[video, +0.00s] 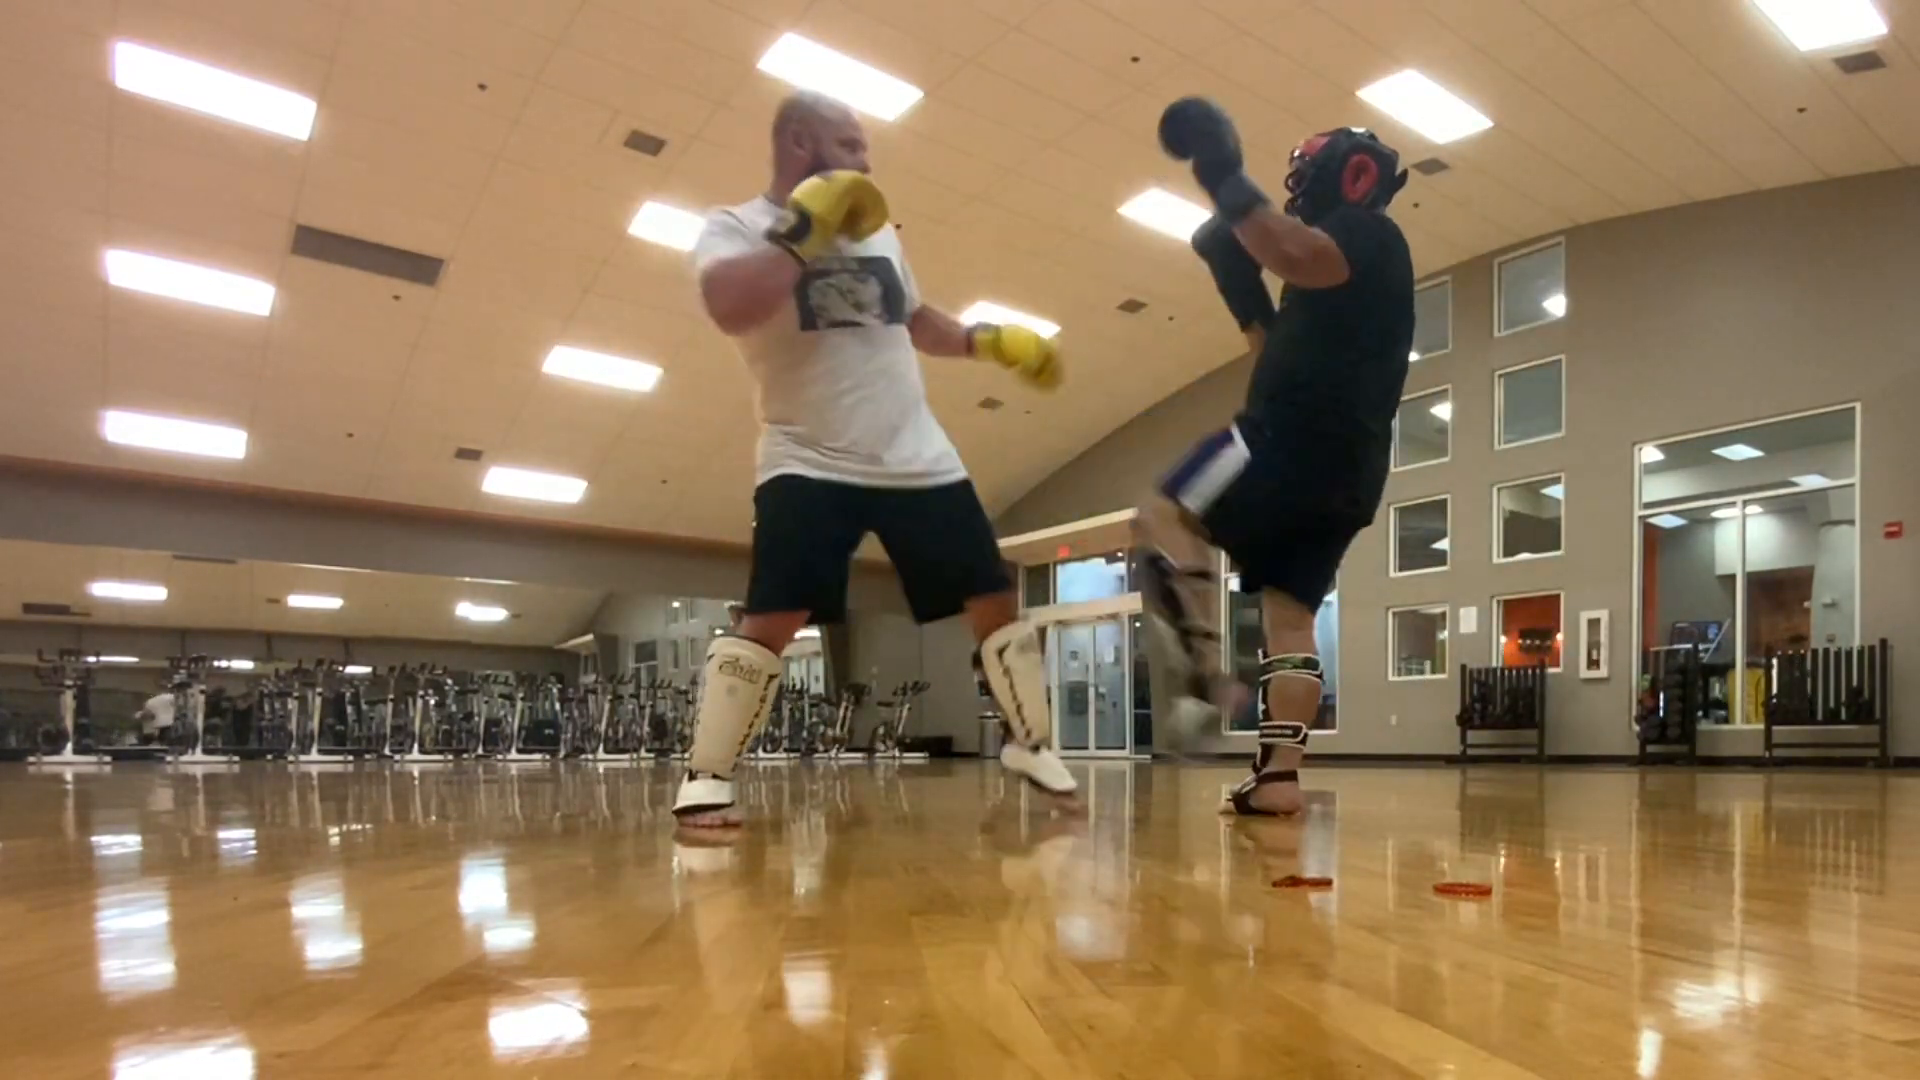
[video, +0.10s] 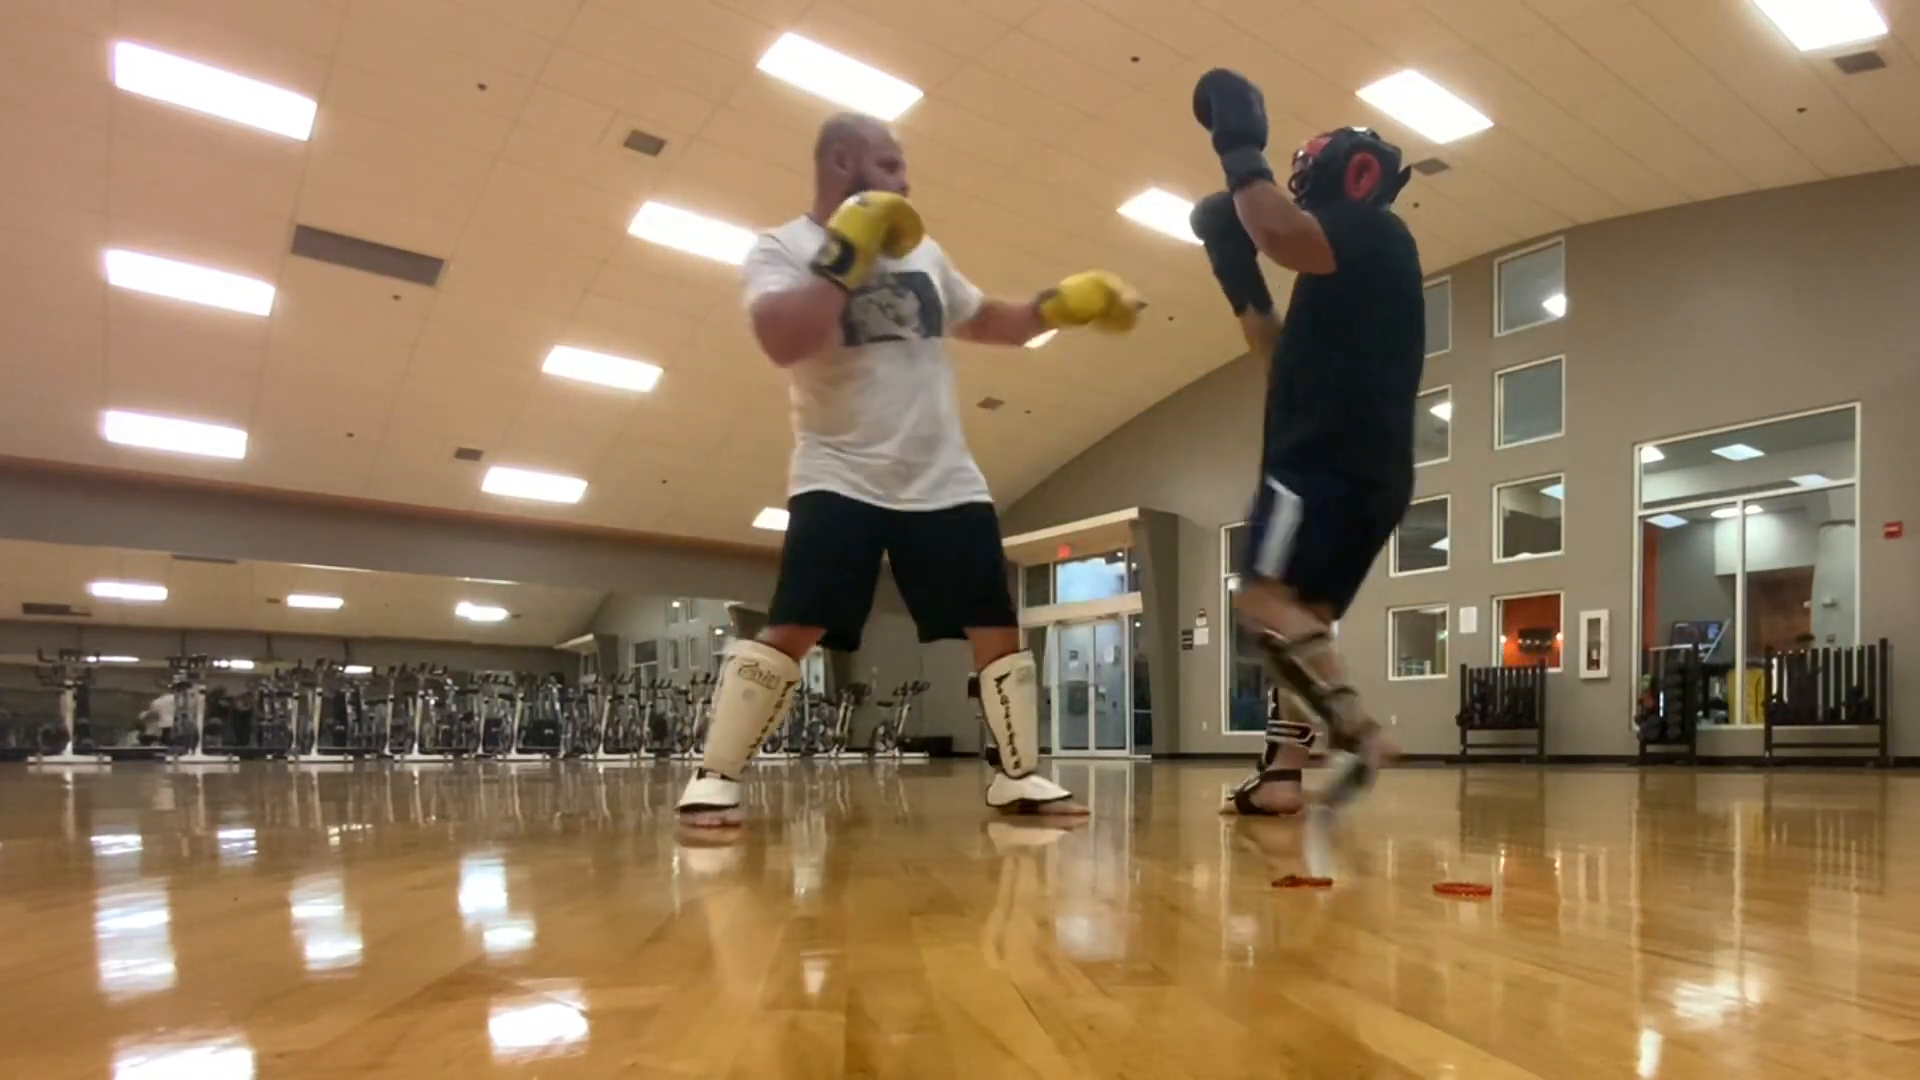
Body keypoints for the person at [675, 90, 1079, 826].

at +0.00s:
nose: (861, 163)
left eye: (865, 150)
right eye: (848, 147)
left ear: (863, 153)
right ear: (797, 143)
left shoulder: (878, 234)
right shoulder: (737, 229)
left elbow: (915, 319)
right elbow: (729, 306)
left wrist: (987, 341)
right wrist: (805, 234)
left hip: (915, 452)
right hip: (808, 456)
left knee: (991, 593)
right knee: (778, 609)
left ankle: (1033, 747)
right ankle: (706, 781)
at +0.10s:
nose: (899, 182)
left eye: (903, 170)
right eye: (887, 166)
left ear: (900, 173)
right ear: (838, 161)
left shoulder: (922, 257)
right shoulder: (783, 250)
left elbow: (986, 320)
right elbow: (783, 341)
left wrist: (1055, 304)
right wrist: (846, 254)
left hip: (941, 470)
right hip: (840, 469)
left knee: (991, 613)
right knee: (799, 619)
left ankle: (1016, 776)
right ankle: (716, 778)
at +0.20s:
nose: (933, 192)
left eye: (937, 180)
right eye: (922, 177)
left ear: (933, 181)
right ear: (873, 169)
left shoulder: (957, 258)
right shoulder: (814, 249)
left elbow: (1040, 282)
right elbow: (827, 340)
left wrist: (1114, 270)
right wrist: (887, 256)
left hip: (958, 479)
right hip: (858, 474)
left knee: (1007, 616)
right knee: (821, 619)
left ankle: (1019, 775)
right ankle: (745, 776)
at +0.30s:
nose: (950, 195)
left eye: (952, 186)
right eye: (940, 180)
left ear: (911, 172)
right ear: (894, 163)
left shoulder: (962, 249)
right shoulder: (827, 236)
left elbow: (1058, 257)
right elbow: (838, 314)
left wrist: (1146, 247)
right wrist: (913, 244)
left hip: (952, 466)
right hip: (857, 459)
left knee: (987, 613)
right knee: (832, 603)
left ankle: (1016, 773)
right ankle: (770, 766)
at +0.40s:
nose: (946, 189)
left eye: (950, 180)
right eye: (935, 175)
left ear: (909, 171)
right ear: (890, 164)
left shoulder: (962, 256)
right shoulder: (825, 229)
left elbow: (1047, 306)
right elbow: (831, 302)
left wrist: (1109, 291)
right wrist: (909, 238)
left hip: (951, 467)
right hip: (857, 456)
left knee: (974, 617)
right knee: (832, 608)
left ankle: (1014, 772)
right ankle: (776, 769)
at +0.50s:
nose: (939, 199)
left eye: (944, 190)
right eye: (931, 182)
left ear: (935, 194)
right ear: (882, 166)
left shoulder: (947, 274)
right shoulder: (816, 234)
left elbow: (1003, 358)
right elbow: (814, 312)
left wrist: (1057, 344)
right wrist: (895, 254)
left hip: (943, 475)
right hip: (848, 468)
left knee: (983, 618)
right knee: (830, 621)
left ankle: (1019, 774)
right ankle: (781, 782)